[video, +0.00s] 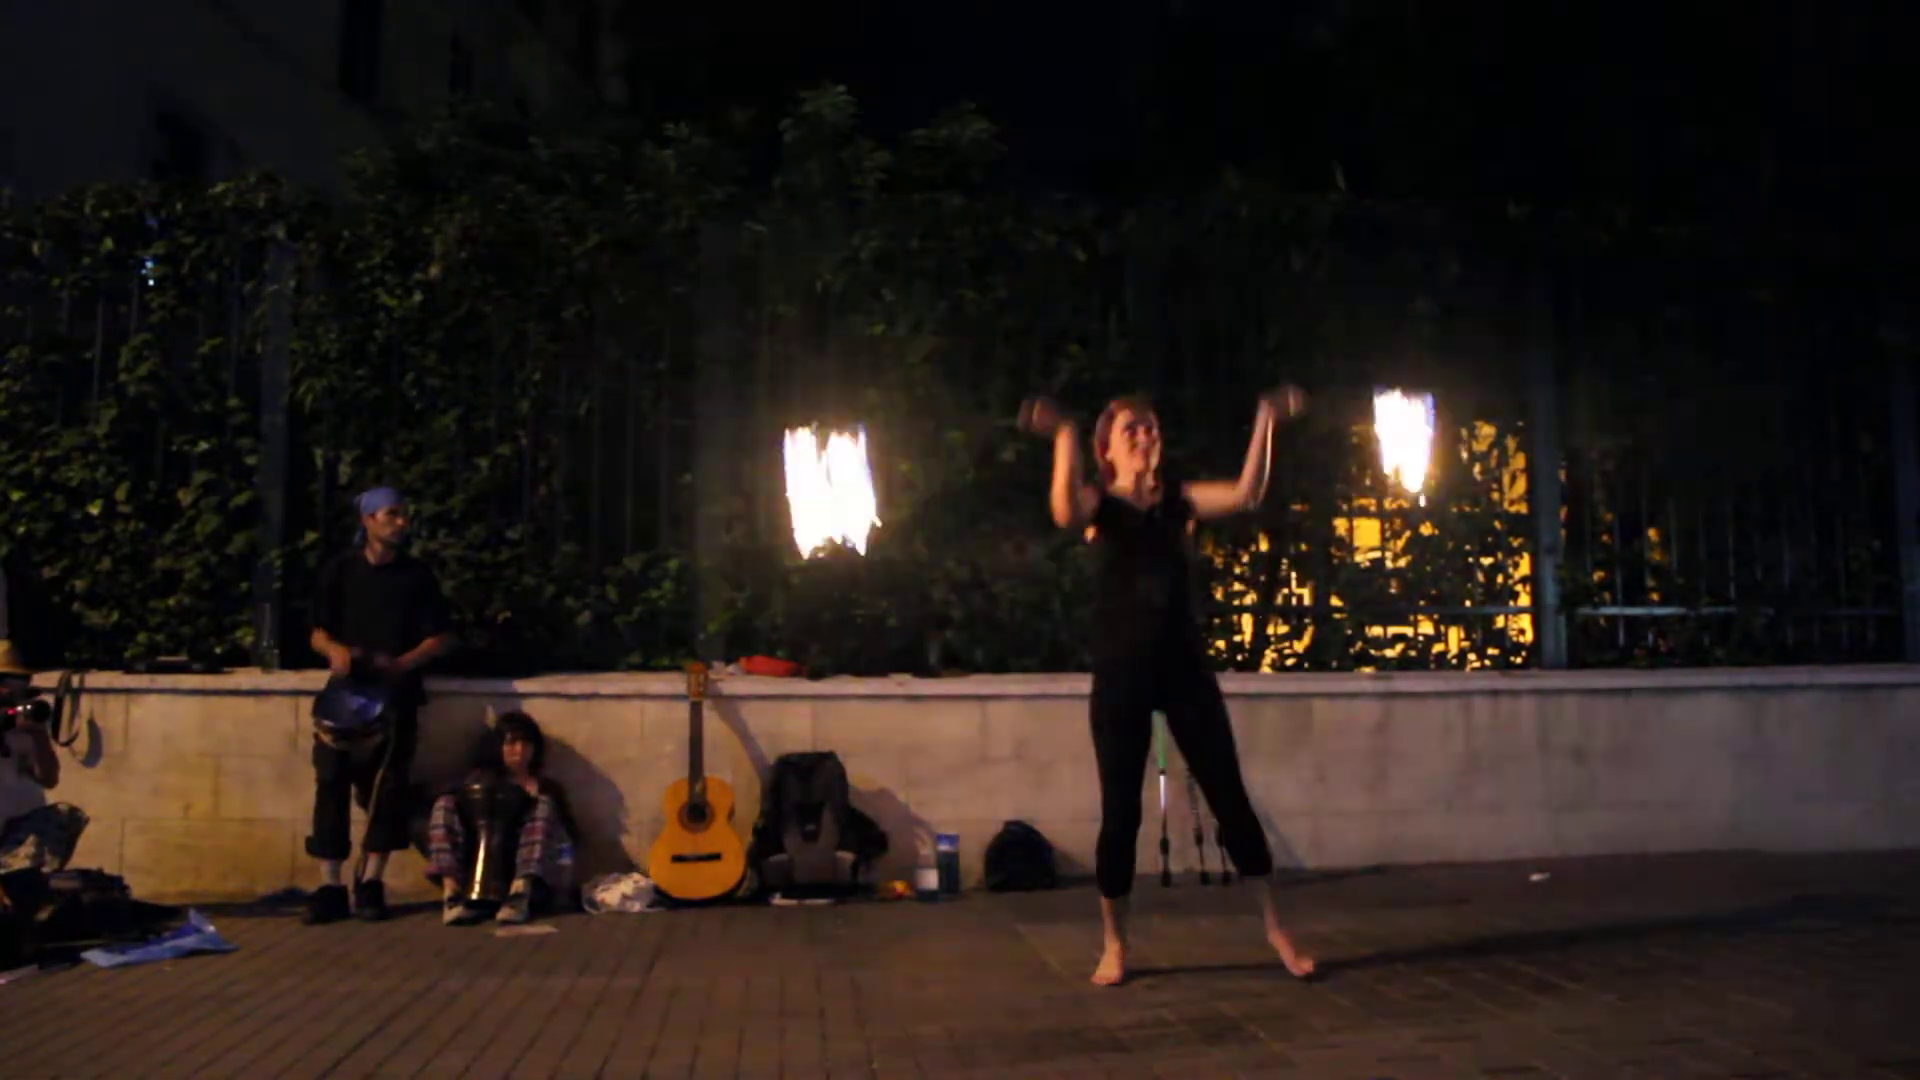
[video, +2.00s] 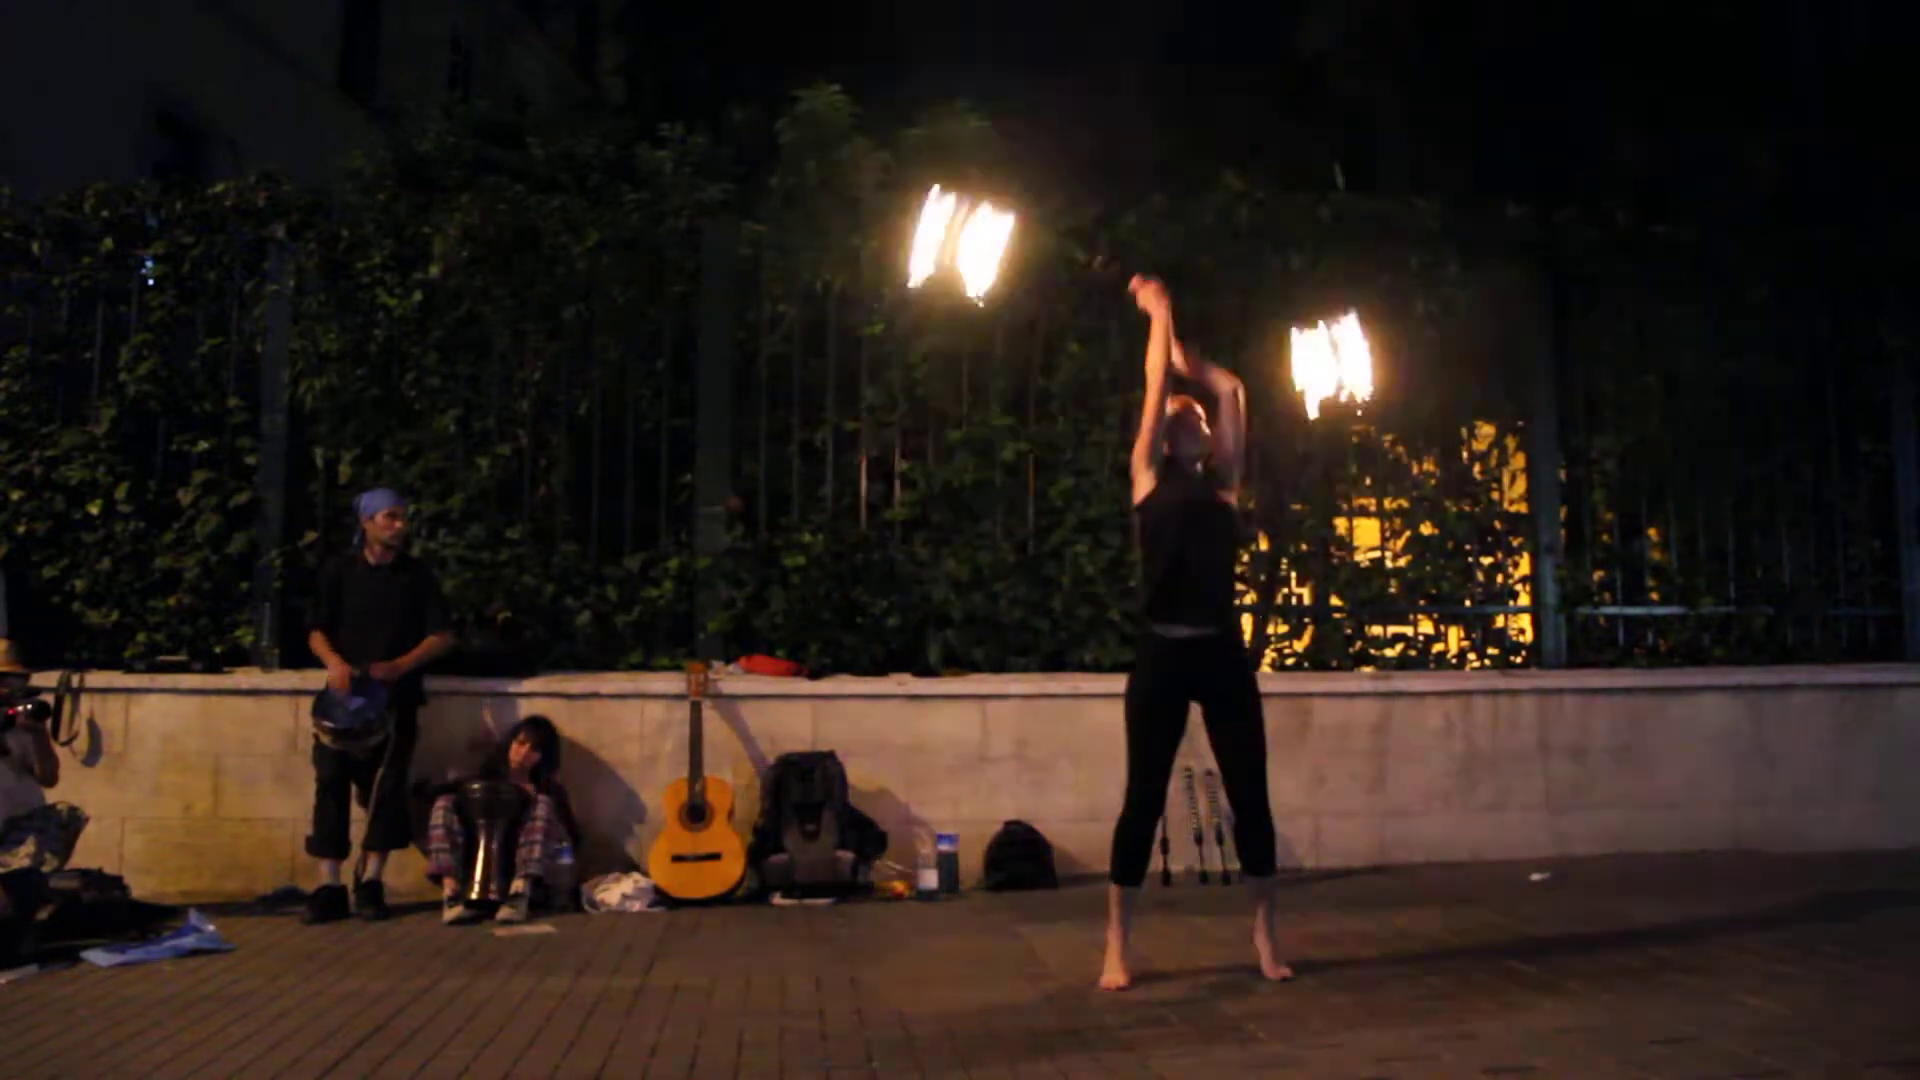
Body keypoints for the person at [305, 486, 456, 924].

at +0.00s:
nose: (402, 522)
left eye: (404, 515)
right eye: (392, 516)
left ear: (404, 522)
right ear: (368, 521)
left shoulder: (417, 574)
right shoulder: (340, 571)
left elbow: (440, 637)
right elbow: (317, 633)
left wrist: (399, 664)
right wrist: (336, 652)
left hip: (396, 694)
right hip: (345, 691)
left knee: (390, 784)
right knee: (331, 783)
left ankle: (370, 881)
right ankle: (331, 883)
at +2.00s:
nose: (400, 525)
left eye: (402, 518)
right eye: (391, 518)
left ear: (403, 524)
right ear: (367, 523)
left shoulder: (416, 575)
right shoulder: (338, 573)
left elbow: (442, 635)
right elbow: (315, 630)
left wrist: (399, 666)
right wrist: (334, 663)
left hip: (394, 696)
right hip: (342, 693)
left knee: (387, 787)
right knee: (330, 784)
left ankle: (370, 880)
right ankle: (329, 882)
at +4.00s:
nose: (398, 525)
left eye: (401, 518)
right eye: (389, 518)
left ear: (406, 523)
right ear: (367, 523)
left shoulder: (417, 575)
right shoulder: (340, 572)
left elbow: (442, 637)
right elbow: (318, 631)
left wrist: (401, 666)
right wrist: (332, 640)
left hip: (396, 691)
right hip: (345, 688)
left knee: (389, 784)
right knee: (331, 783)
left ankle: (371, 880)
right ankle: (330, 883)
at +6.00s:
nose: (401, 527)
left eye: (403, 520)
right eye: (391, 520)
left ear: (406, 525)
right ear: (367, 525)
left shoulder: (418, 575)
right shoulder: (340, 572)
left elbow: (442, 637)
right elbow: (316, 630)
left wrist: (395, 666)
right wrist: (334, 660)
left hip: (395, 696)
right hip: (344, 692)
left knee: (388, 786)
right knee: (331, 784)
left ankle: (371, 880)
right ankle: (330, 882)